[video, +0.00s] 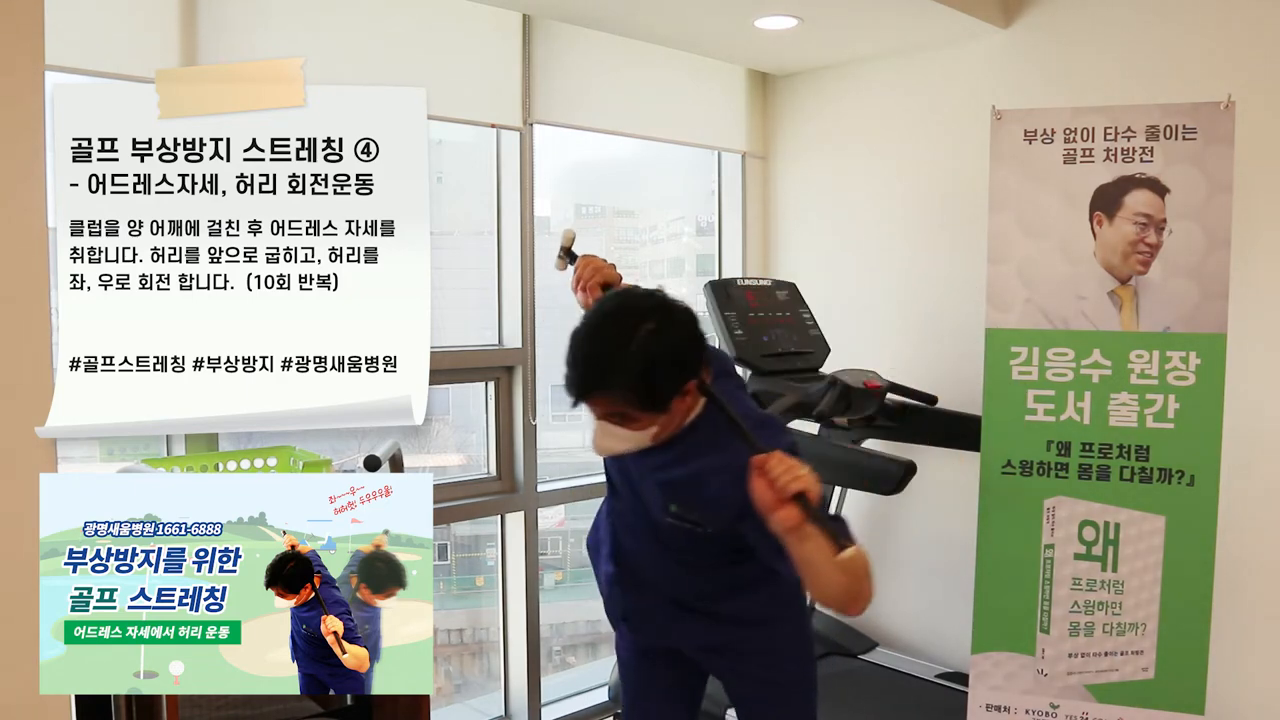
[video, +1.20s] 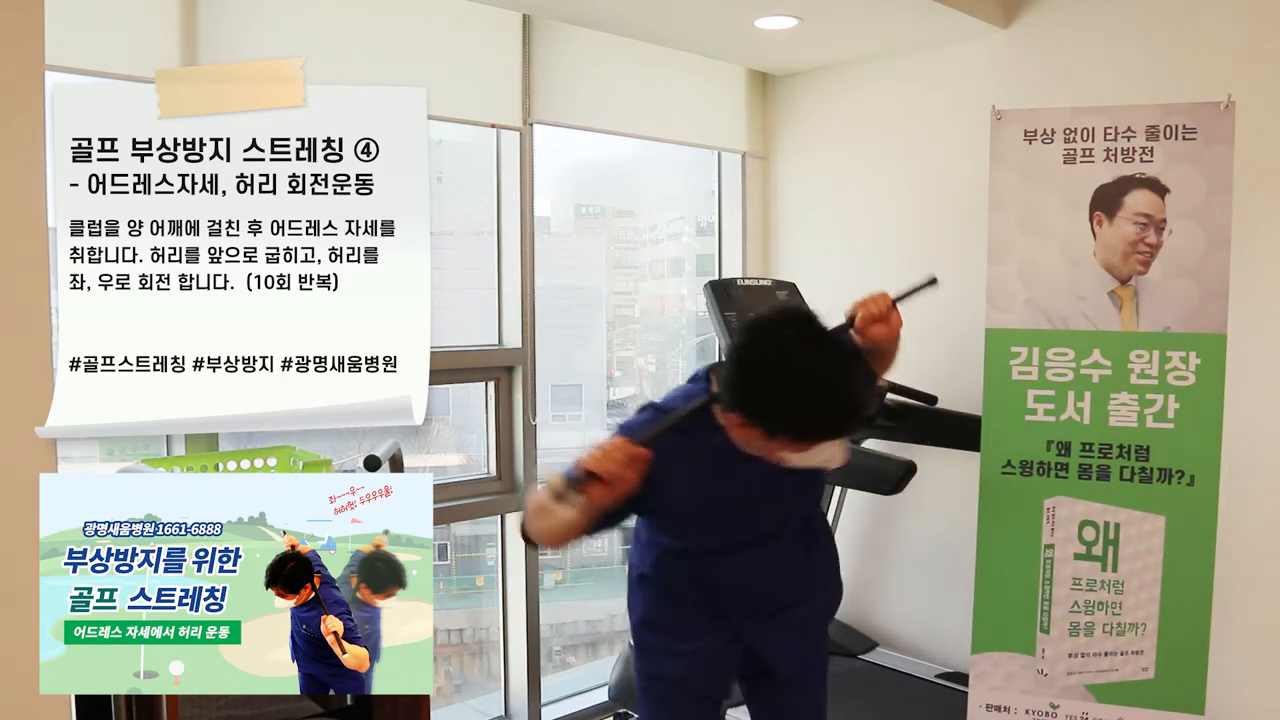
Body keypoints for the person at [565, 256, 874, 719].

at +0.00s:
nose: (606, 428)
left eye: (622, 420)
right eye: (598, 415)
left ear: (686, 395)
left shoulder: (756, 454)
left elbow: (853, 597)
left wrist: (795, 529)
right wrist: (612, 294)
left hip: (756, 628)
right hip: (651, 614)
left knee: (780, 711)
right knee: (649, 713)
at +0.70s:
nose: (581, 446)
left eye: (596, 433)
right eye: (572, 431)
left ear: (656, 400)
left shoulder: (741, 445)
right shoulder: (620, 385)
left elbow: (866, 556)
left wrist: (799, 501)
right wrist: (558, 333)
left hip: (756, 636)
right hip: (645, 629)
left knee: (778, 711)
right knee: (642, 711)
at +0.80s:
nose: (612, 460)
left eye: (629, 444)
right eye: (597, 443)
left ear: (678, 407)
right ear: (585, 412)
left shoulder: (754, 438)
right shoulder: (605, 393)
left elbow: (889, 524)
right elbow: (567, 380)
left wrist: (832, 479)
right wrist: (541, 358)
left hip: (762, 634)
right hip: (647, 627)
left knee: (783, 713)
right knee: (647, 712)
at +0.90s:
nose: (668, 474)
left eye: (682, 455)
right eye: (648, 460)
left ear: (706, 419)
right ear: (621, 419)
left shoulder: (780, 422)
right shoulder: (594, 405)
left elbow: (904, 473)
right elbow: (523, 410)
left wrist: (877, 434)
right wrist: (516, 396)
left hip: (772, 629)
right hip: (654, 632)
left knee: (791, 712)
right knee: (652, 712)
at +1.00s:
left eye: (733, 441)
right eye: (690, 456)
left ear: (750, 409)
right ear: (658, 428)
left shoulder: (801, 409)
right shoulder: (608, 420)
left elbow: (907, 435)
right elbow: (510, 450)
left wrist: (889, 405)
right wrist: (521, 422)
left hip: (780, 624)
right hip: (664, 631)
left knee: (794, 711)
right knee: (659, 711)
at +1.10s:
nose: (775, 464)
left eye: (786, 447)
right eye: (755, 454)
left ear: (800, 397)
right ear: (706, 429)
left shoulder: (821, 387)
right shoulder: (642, 431)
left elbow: (890, 385)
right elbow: (518, 497)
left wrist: (890, 358)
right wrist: (551, 470)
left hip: (788, 624)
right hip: (673, 631)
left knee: (795, 717)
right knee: (669, 718)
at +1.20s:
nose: (808, 456)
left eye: (818, 443)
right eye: (797, 446)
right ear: (739, 423)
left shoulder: (808, 389)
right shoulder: (664, 436)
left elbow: (865, 375)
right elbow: (536, 526)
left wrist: (878, 344)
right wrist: (587, 501)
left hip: (792, 619)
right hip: (682, 629)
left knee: (798, 713)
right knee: (677, 712)